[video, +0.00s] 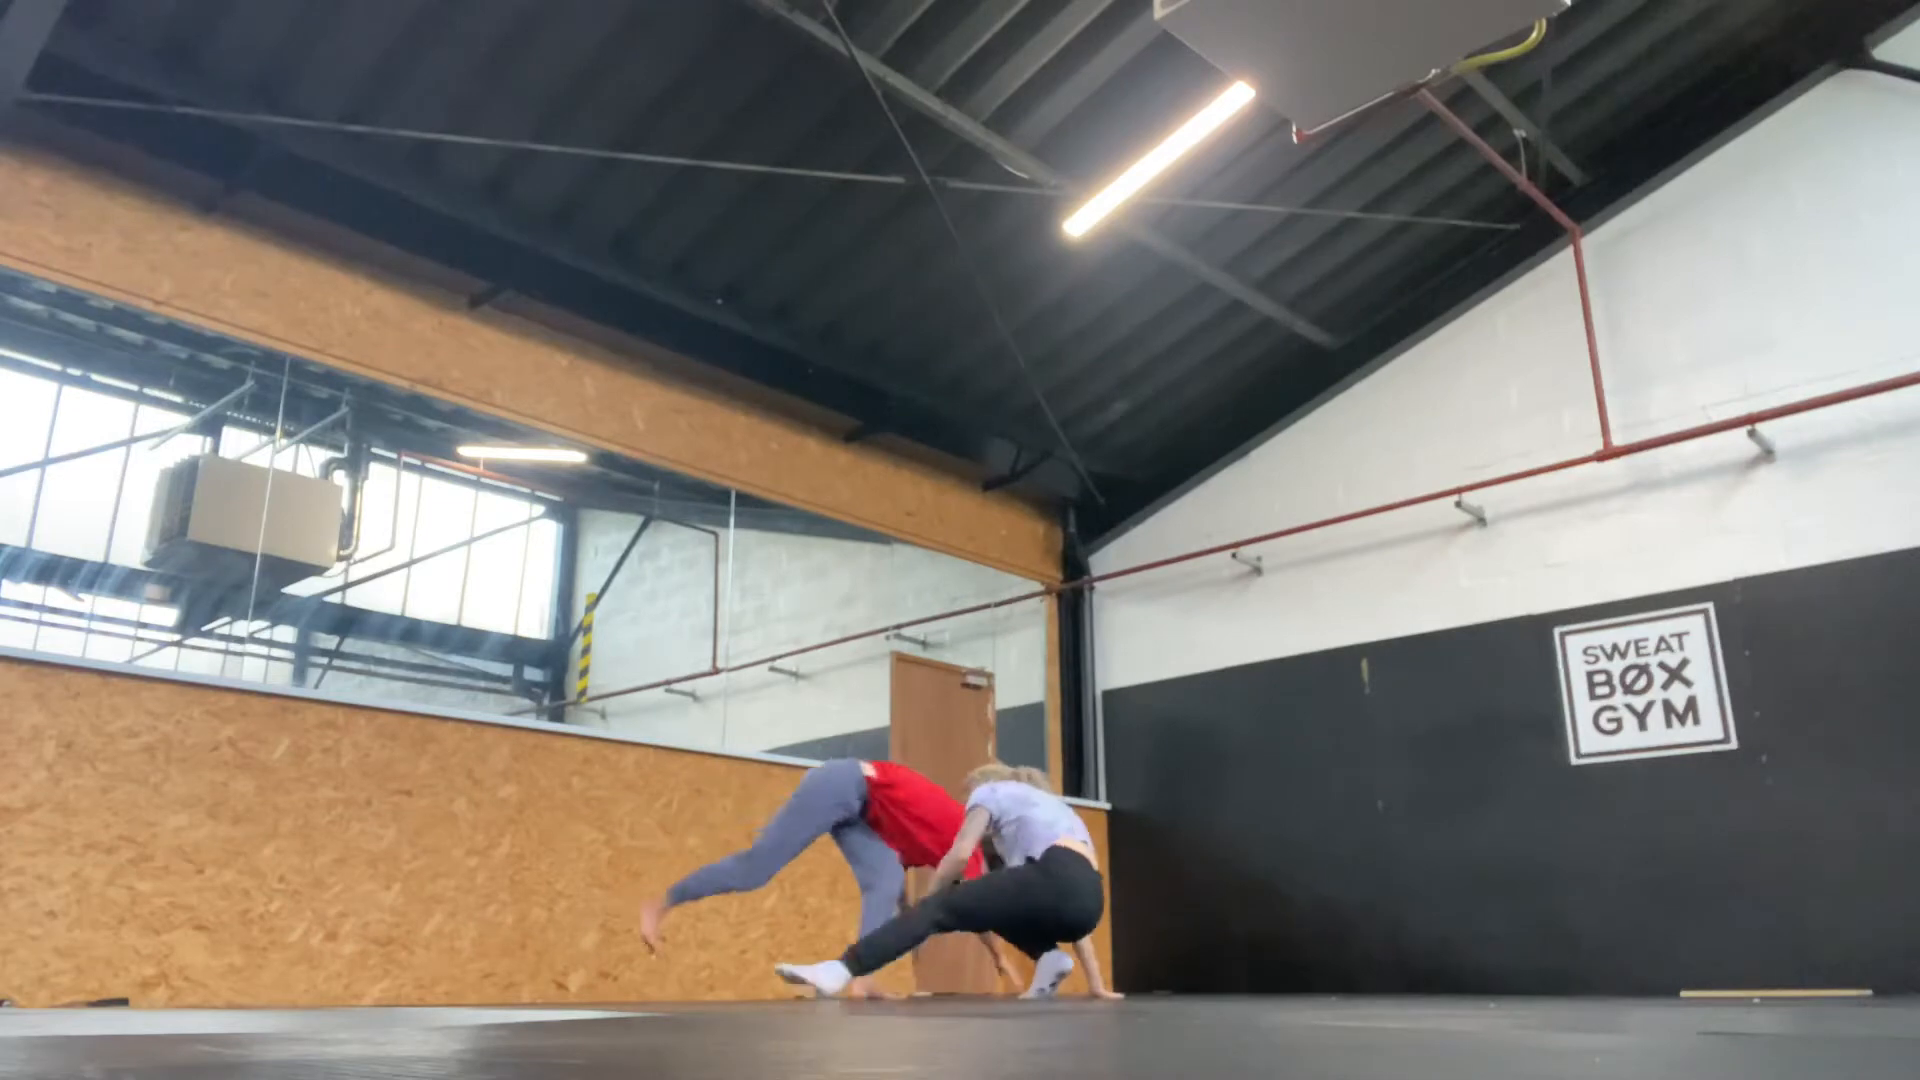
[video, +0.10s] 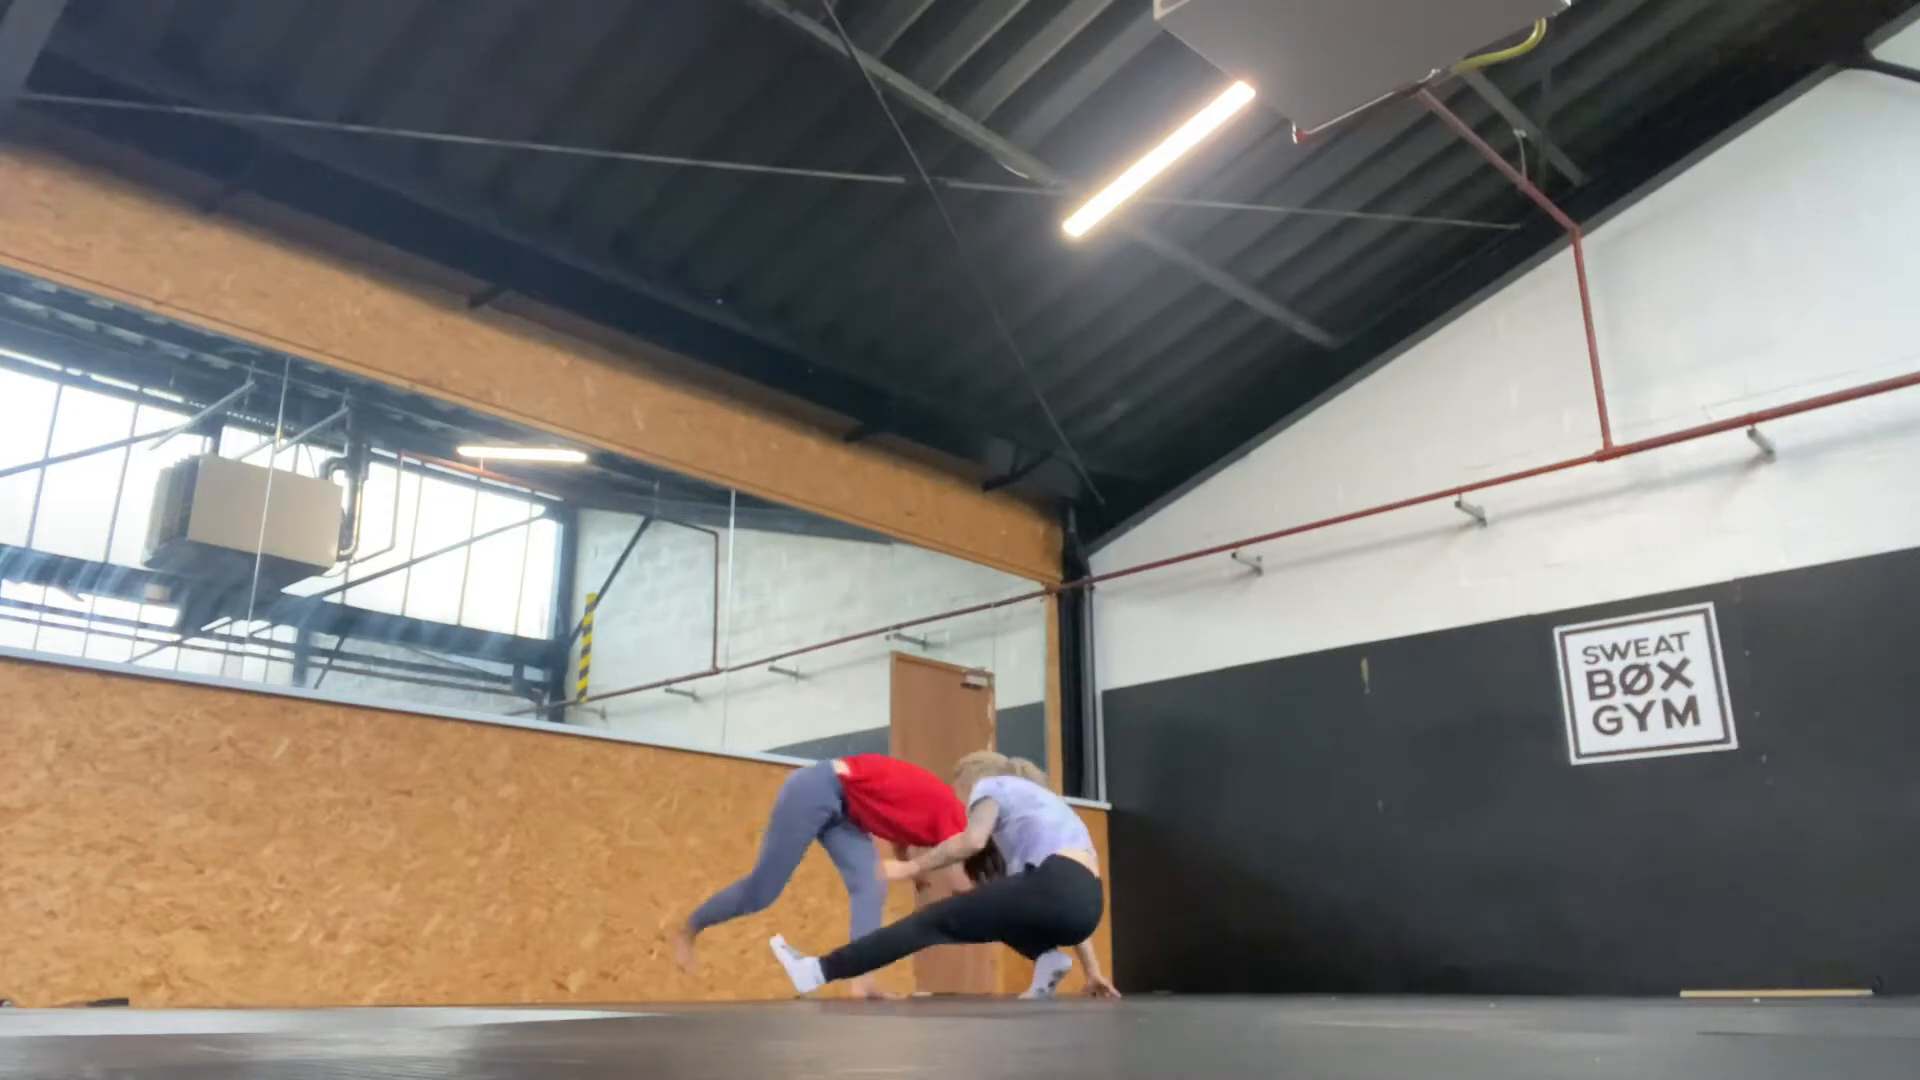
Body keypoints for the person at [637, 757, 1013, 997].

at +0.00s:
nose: (1001, 877)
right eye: (1005, 869)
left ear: (995, 844)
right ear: (999, 843)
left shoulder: (962, 848)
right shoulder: (972, 839)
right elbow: (982, 909)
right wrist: (1004, 967)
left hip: (862, 820)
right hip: (845, 781)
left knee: (886, 878)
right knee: (756, 869)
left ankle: (861, 981)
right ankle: (662, 903)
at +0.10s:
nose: (945, 894)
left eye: (956, 892)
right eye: (958, 889)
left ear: (960, 864)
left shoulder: (916, 842)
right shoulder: (955, 821)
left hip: (848, 814)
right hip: (822, 785)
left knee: (870, 883)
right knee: (764, 889)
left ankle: (862, 979)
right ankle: (690, 925)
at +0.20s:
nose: (950, 798)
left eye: (951, 787)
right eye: (948, 788)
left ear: (968, 775)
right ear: (995, 769)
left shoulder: (988, 789)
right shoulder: (1037, 796)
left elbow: (973, 850)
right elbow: (1058, 868)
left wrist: (911, 885)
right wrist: (1076, 937)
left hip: (1043, 905)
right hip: (1082, 913)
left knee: (934, 937)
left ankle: (835, 978)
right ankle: (1047, 966)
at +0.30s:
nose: (948, 794)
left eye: (944, 783)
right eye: (942, 785)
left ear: (955, 771)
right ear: (982, 760)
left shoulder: (978, 800)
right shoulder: (1029, 789)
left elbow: (962, 876)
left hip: (1031, 919)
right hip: (1077, 920)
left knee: (947, 942)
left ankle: (871, 980)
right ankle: (1043, 973)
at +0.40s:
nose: (932, 785)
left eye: (928, 774)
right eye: (927, 776)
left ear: (939, 769)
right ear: (967, 753)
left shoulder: (959, 810)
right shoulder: (1014, 781)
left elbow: (956, 898)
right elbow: (1053, 821)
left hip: (1018, 937)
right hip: (1068, 922)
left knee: (952, 934)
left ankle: (911, 981)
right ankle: (1041, 976)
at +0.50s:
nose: (908, 781)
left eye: (903, 773)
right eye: (902, 775)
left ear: (911, 768)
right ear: (938, 745)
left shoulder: (941, 814)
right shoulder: (984, 764)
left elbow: (952, 902)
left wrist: (940, 984)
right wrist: (991, 709)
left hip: (1005, 940)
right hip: (1056, 916)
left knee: (952, 926)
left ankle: (946, 989)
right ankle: (1038, 967)